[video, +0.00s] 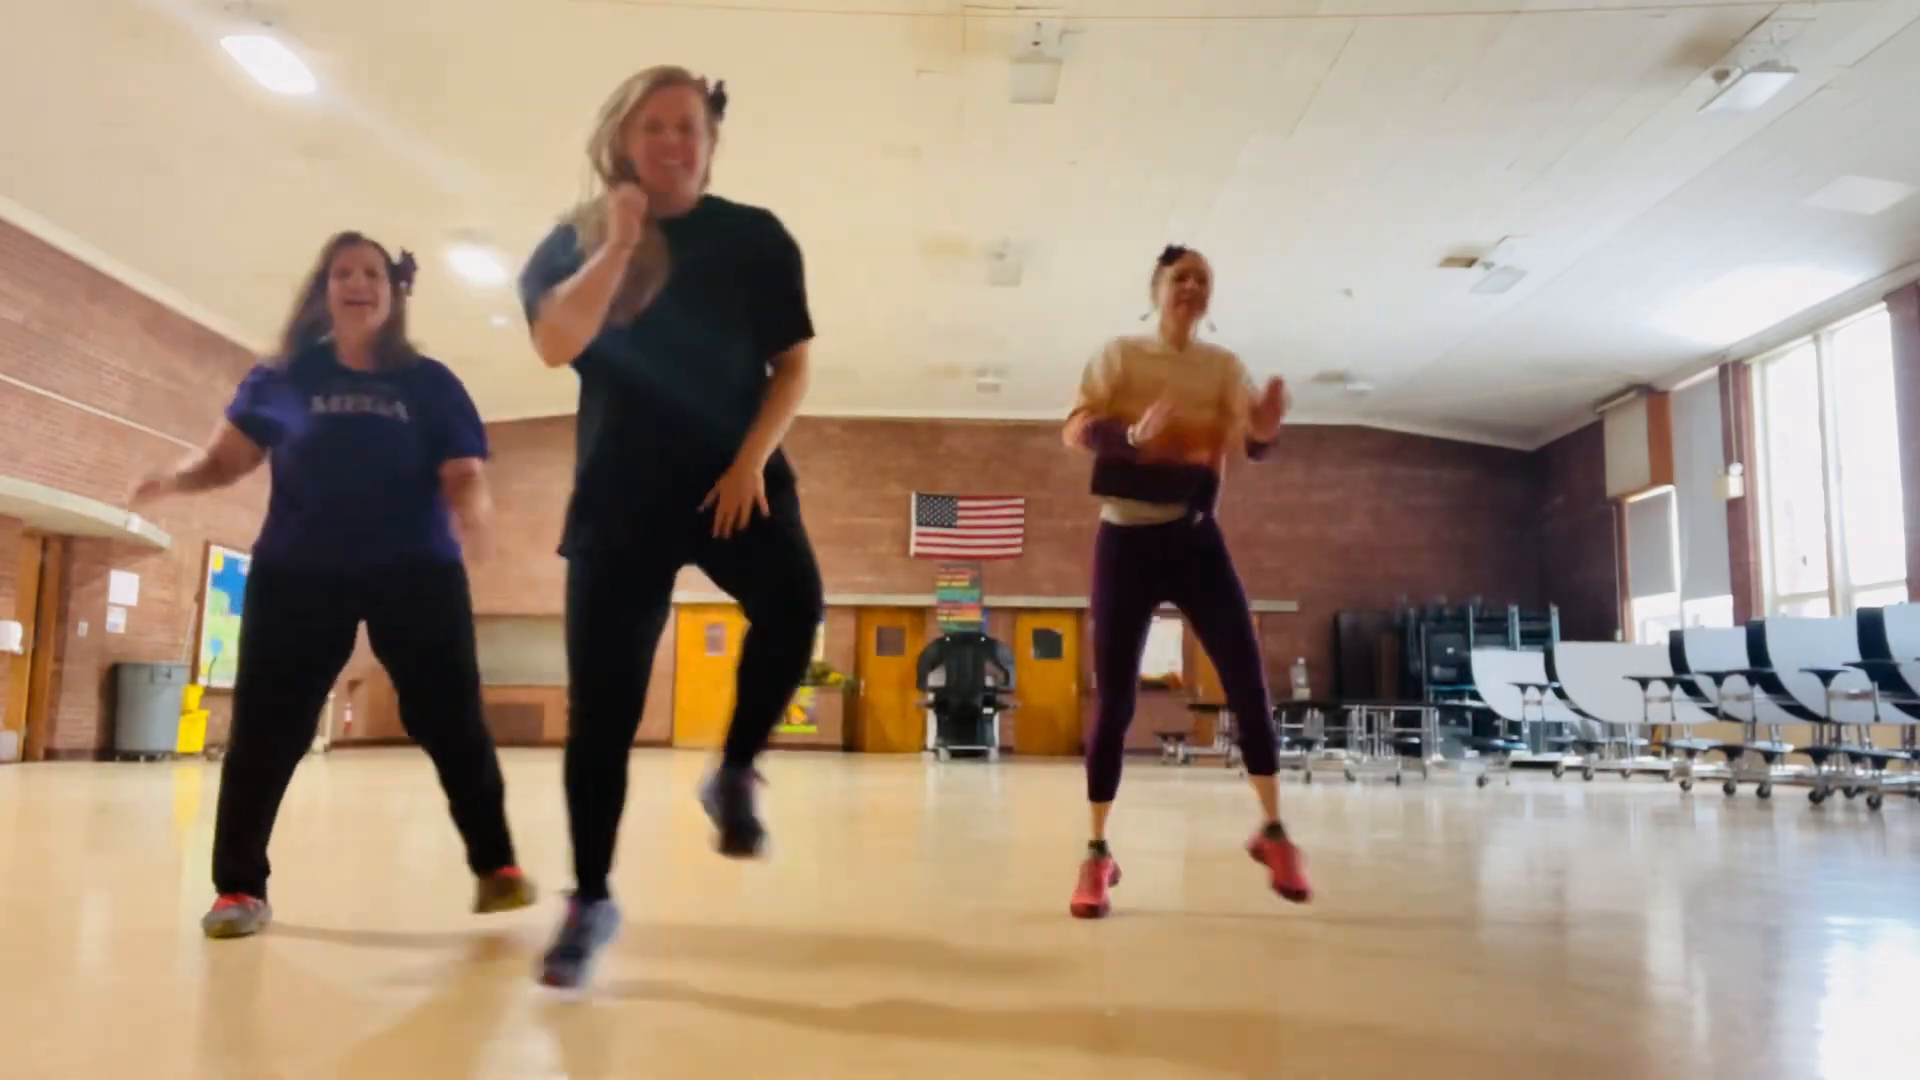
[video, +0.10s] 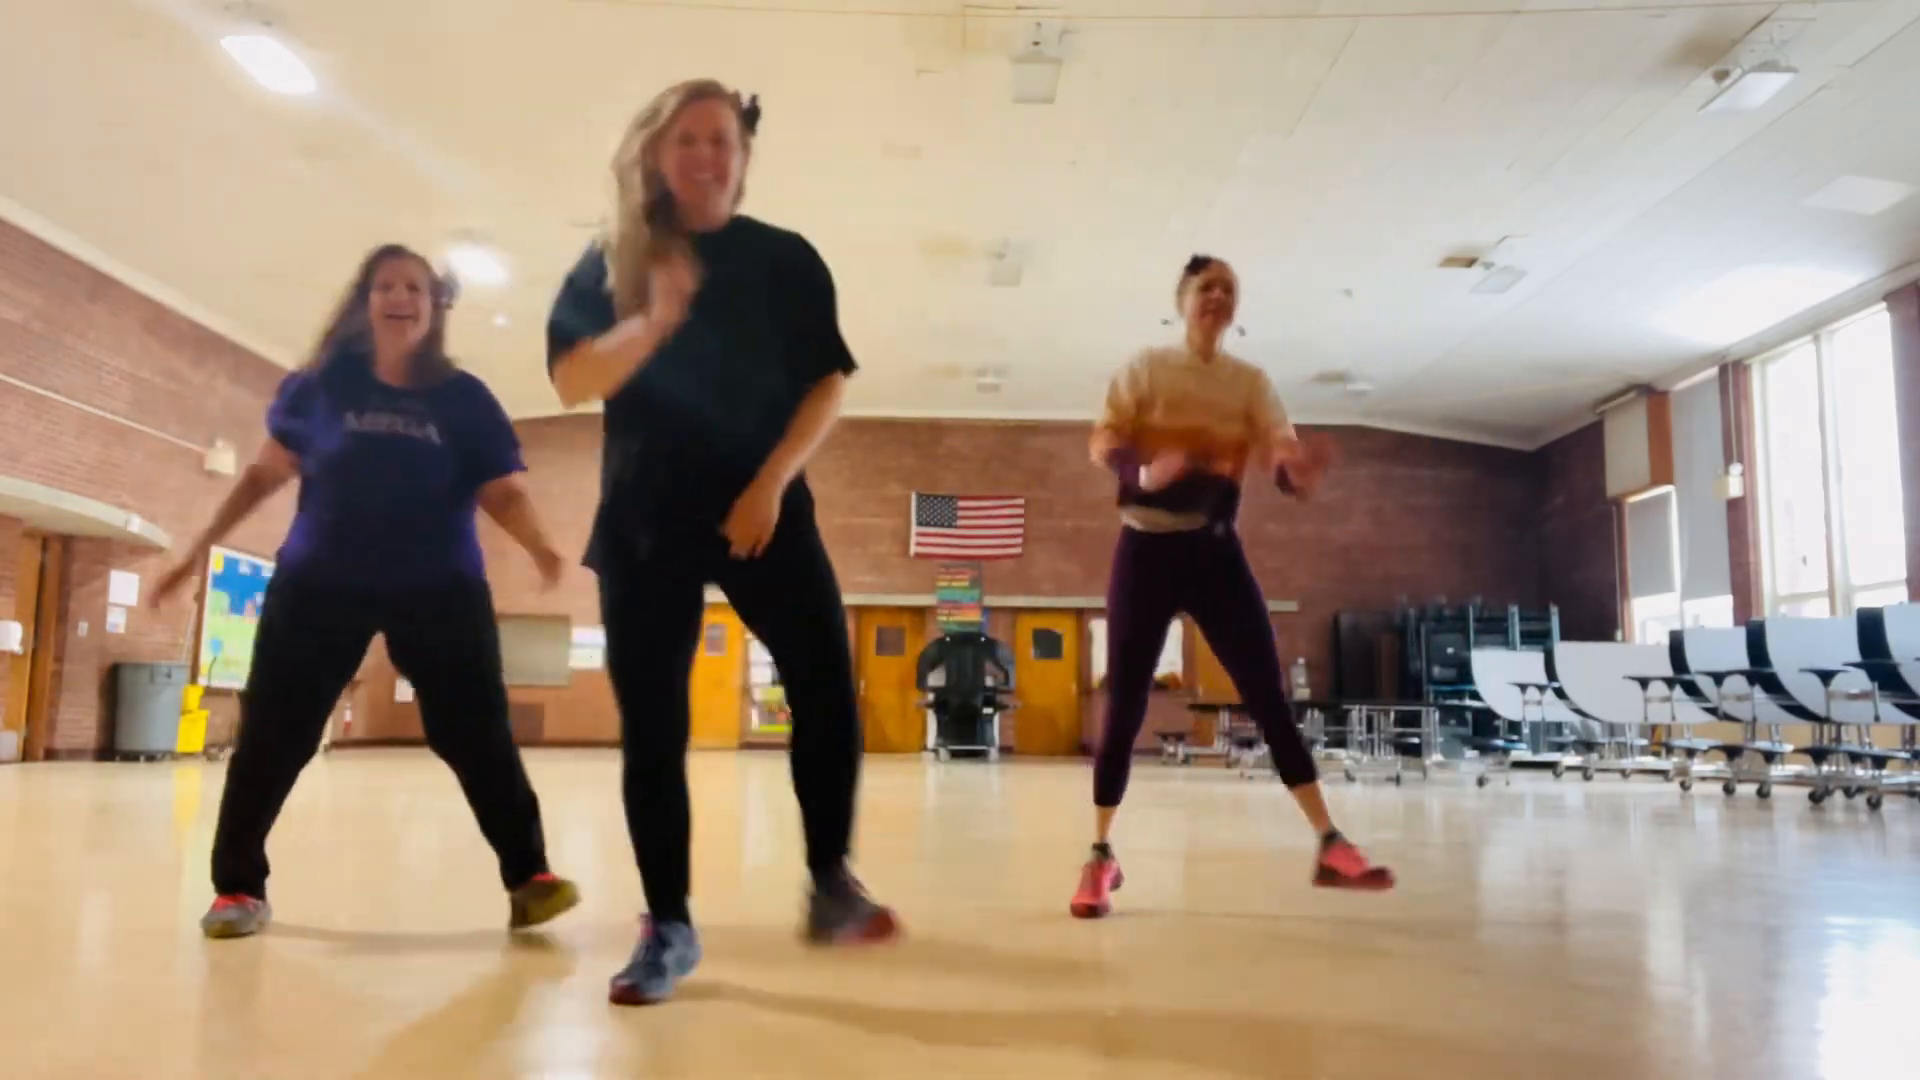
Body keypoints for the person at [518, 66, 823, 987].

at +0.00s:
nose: (673, 146)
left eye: (688, 131)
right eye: (655, 130)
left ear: (711, 145)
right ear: (619, 143)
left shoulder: (755, 240)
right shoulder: (578, 242)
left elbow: (794, 364)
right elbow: (555, 343)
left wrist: (752, 459)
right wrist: (615, 249)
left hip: (735, 485)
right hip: (624, 494)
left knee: (792, 611)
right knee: (601, 706)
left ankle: (736, 773)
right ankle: (589, 897)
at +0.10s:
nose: (707, 158)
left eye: (722, 143)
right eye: (688, 141)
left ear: (746, 159)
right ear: (653, 155)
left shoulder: (786, 260)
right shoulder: (611, 264)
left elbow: (830, 379)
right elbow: (571, 379)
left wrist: (772, 482)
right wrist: (653, 321)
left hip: (762, 511)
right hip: (647, 521)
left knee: (827, 693)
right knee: (652, 732)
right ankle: (668, 926)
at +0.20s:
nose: (737, 171)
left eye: (753, 158)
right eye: (721, 157)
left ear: (779, 173)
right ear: (692, 170)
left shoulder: (821, 276)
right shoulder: (654, 288)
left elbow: (862, 407)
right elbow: (596, 421)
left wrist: (809, 525)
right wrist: (669, 437)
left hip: (796, 554)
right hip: (683, 558)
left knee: (832, 752)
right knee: (673, 753)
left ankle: (882, 953)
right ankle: (668, 940)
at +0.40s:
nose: (824, 149)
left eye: (841, 135)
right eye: (806, 135)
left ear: (871, 156)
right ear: (778, 155)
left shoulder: (917, 266)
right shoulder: (744, 283)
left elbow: (987, 396)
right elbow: (712, 415)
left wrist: (931, 510)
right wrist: (706, 507)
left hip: (901, 533)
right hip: (787, 529)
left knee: (897, 750)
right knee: (700, 700)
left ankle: (896, 963)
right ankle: (757, 875)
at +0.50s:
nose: (867, 142)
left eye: (885, 129)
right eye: (851, 129)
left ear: (917, 151)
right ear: (824, 150)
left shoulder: (965, 268)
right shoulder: (788, 280)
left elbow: (1039, 398)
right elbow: (754, 409)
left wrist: (992, 511)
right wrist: (747, 503)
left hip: (942, 547)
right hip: (826, 542)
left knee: (916, 756)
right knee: (760, 714)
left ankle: (896, 971)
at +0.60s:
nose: (908, 133)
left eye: (926, 120)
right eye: (892, 119)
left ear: (957, 140)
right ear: (866, 140)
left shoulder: (1006, 261)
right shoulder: (828, 268)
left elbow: (1072, 387)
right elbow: (790, 399)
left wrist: (1041, 501)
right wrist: (789, 496)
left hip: (975, 543)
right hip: (861, 540)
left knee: (940, 745)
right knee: (850, 729)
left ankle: (905, 969)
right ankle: (988, 853)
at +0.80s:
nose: (965, 149)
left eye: (982, 136)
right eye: (950, 138)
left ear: (1014, 156)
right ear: (927, 159)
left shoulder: (1065, 264)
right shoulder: (894, 285)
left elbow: (1127, 390)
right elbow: (849, 421)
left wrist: (1131, 497)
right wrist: (862, 502)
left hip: (1052, 540)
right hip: (934, 550)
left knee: (1075, 727)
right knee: (976, 749)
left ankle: (1027, 907)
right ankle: (1029, 945)